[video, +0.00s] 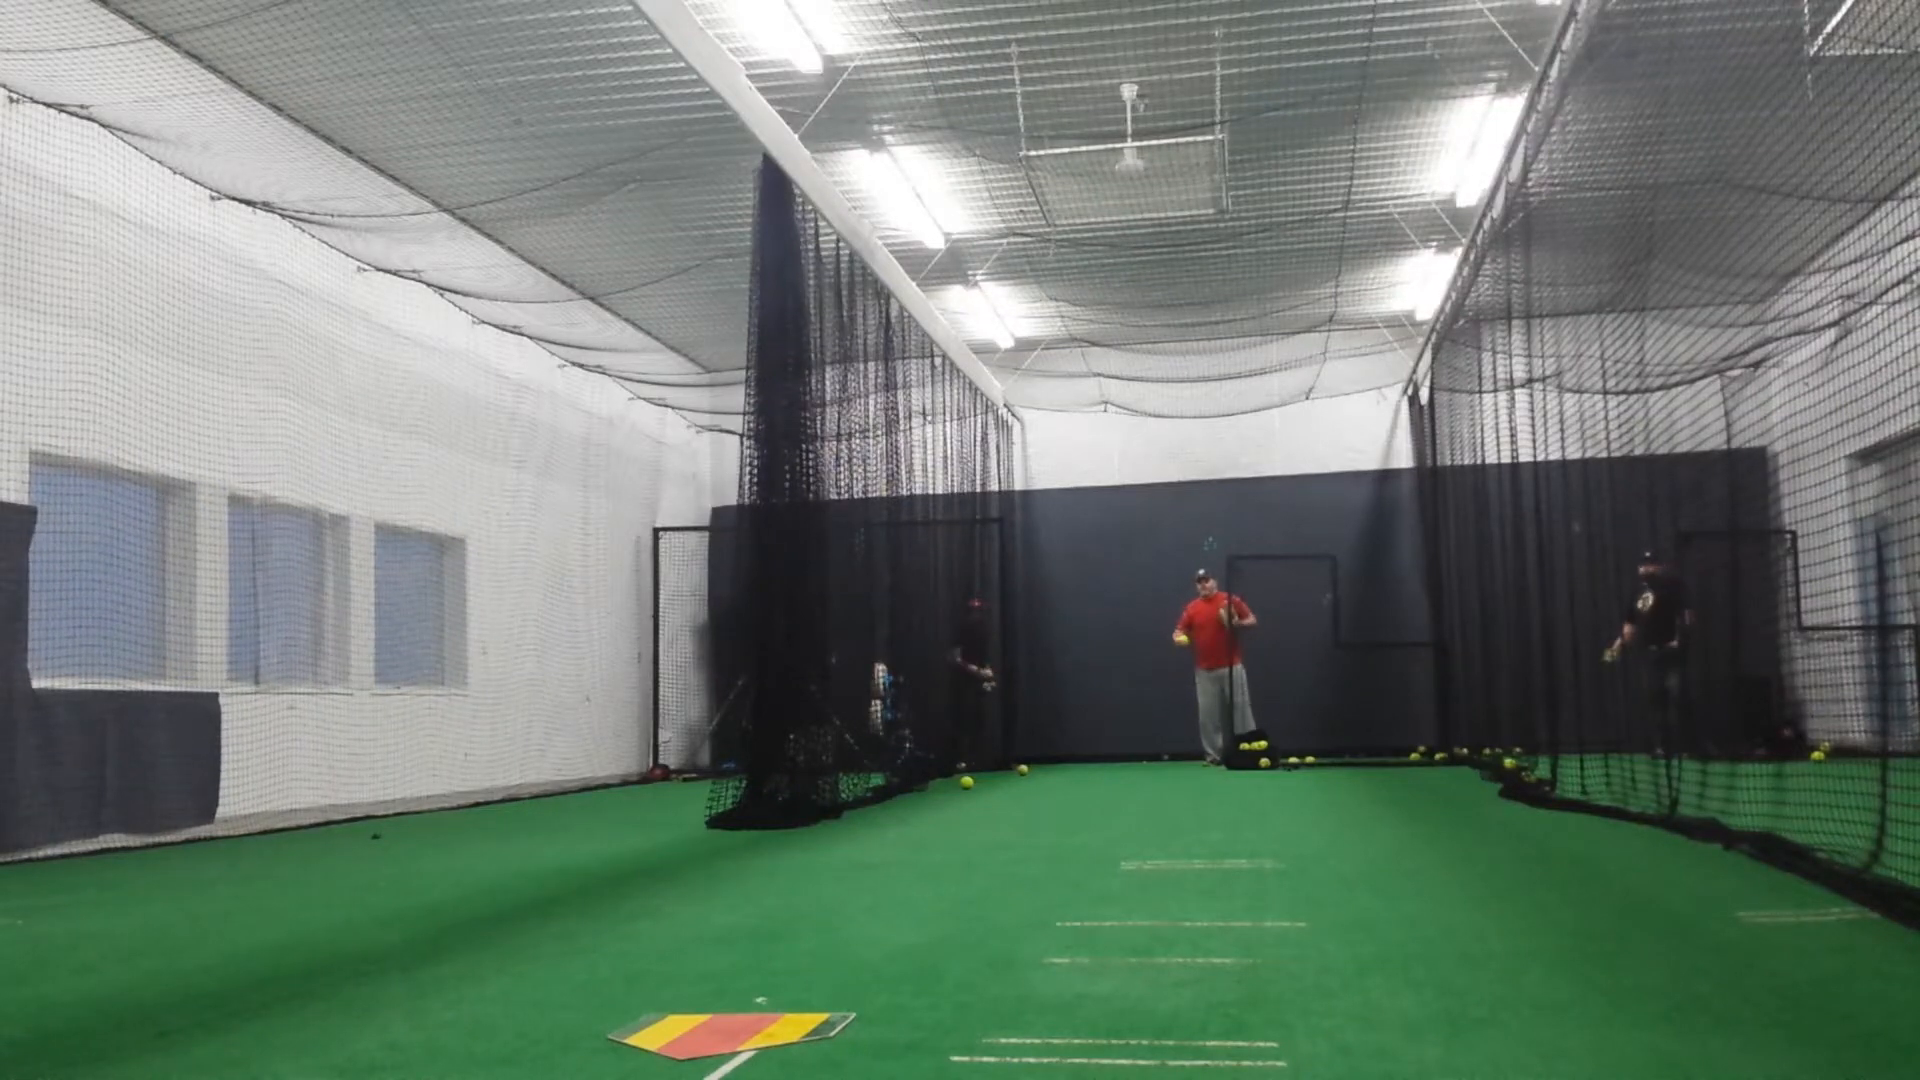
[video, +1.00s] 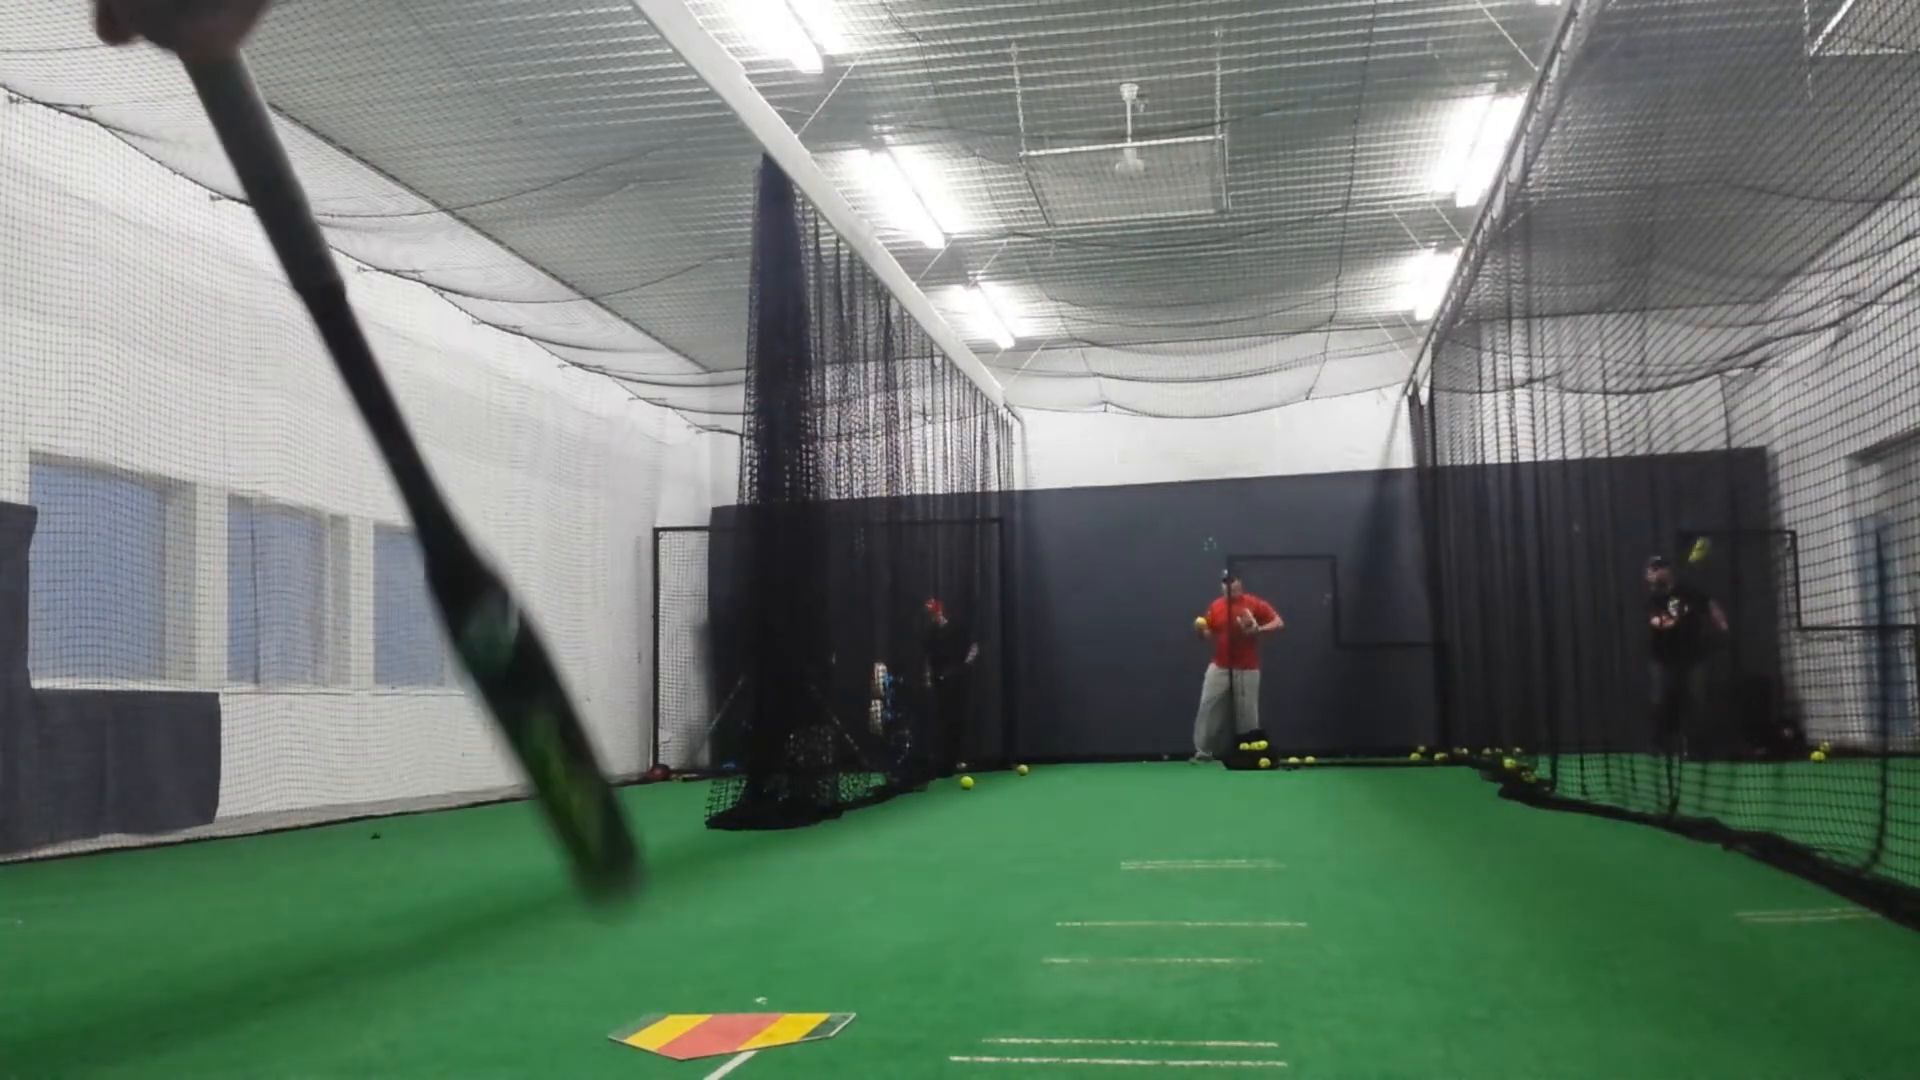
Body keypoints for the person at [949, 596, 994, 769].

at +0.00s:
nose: (975, 614)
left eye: (978, 610)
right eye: (972, 610)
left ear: (983, 612)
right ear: (966, 612)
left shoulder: (984, 633)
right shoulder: (962, 630)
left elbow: (986, 659)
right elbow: (956, 658)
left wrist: (988, 676)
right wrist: (979, 672)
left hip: (978, 683)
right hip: (963, 683)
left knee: (979, 719)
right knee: (964, 719)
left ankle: (979, 757)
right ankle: (962, 758)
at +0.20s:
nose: (971, 615)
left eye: (975, 610)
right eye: (968, 610)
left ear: (979, 610)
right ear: (962, 610)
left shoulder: (982, 631)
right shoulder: (955, 630)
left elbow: (986, 655)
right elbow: (946, 659)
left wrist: (987, 670)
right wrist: (968, 668)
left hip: (977, 683)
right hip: (959, 683)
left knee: (977, 719)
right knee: (961, 720)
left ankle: (976, 758)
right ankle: (960, 759)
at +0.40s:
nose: (955, 617)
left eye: (957, 613)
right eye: (951, 614)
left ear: (964, 612)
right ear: (948, 616)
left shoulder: (975, 630)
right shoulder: (947, 633)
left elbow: (982, 653)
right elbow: (940, 663)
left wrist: (982, 667)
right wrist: (960, 669)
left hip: (973, 682)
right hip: (955, 683)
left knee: (973, 720)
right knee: (956, 721)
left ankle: (973, 759)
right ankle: (957, 759)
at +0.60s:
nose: (942, 618)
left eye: (945, 613)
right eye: (939, 615)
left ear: (951, 613)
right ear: (936, 617)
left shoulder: (965, 632)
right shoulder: (936, 636)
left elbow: (978, 652)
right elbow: (932, 663)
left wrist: (973, 668)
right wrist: (945, 670)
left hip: (965, 683)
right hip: (946, 685)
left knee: (965, 721)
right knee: (946, 721)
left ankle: (965, 759)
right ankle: (947, 760)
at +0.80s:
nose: (935, 619)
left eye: (937, 615)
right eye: (932, 616)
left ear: (944, 614)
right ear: (930, 617)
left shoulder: (960, 630)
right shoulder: (933, 633)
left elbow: (976, 646)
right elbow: (929, 658)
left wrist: (972, 665)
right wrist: (933, 675)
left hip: (964, 680)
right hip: (943, 682)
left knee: (964, 720)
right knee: (944, 720)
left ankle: (966, 757)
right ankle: (945, 758)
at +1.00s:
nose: (933, 618)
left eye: (934, 613)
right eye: (930, 615)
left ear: (941, 611)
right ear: (929, 616)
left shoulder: (956, 628)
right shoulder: (930, 634)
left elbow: (973, 646)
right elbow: (927, 659)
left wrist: (968, 660)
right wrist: (928, 678)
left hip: (959, 679)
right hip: (940, 681)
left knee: (958, 719)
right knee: (942, 720)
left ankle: (959, 758)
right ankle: (942, 760)